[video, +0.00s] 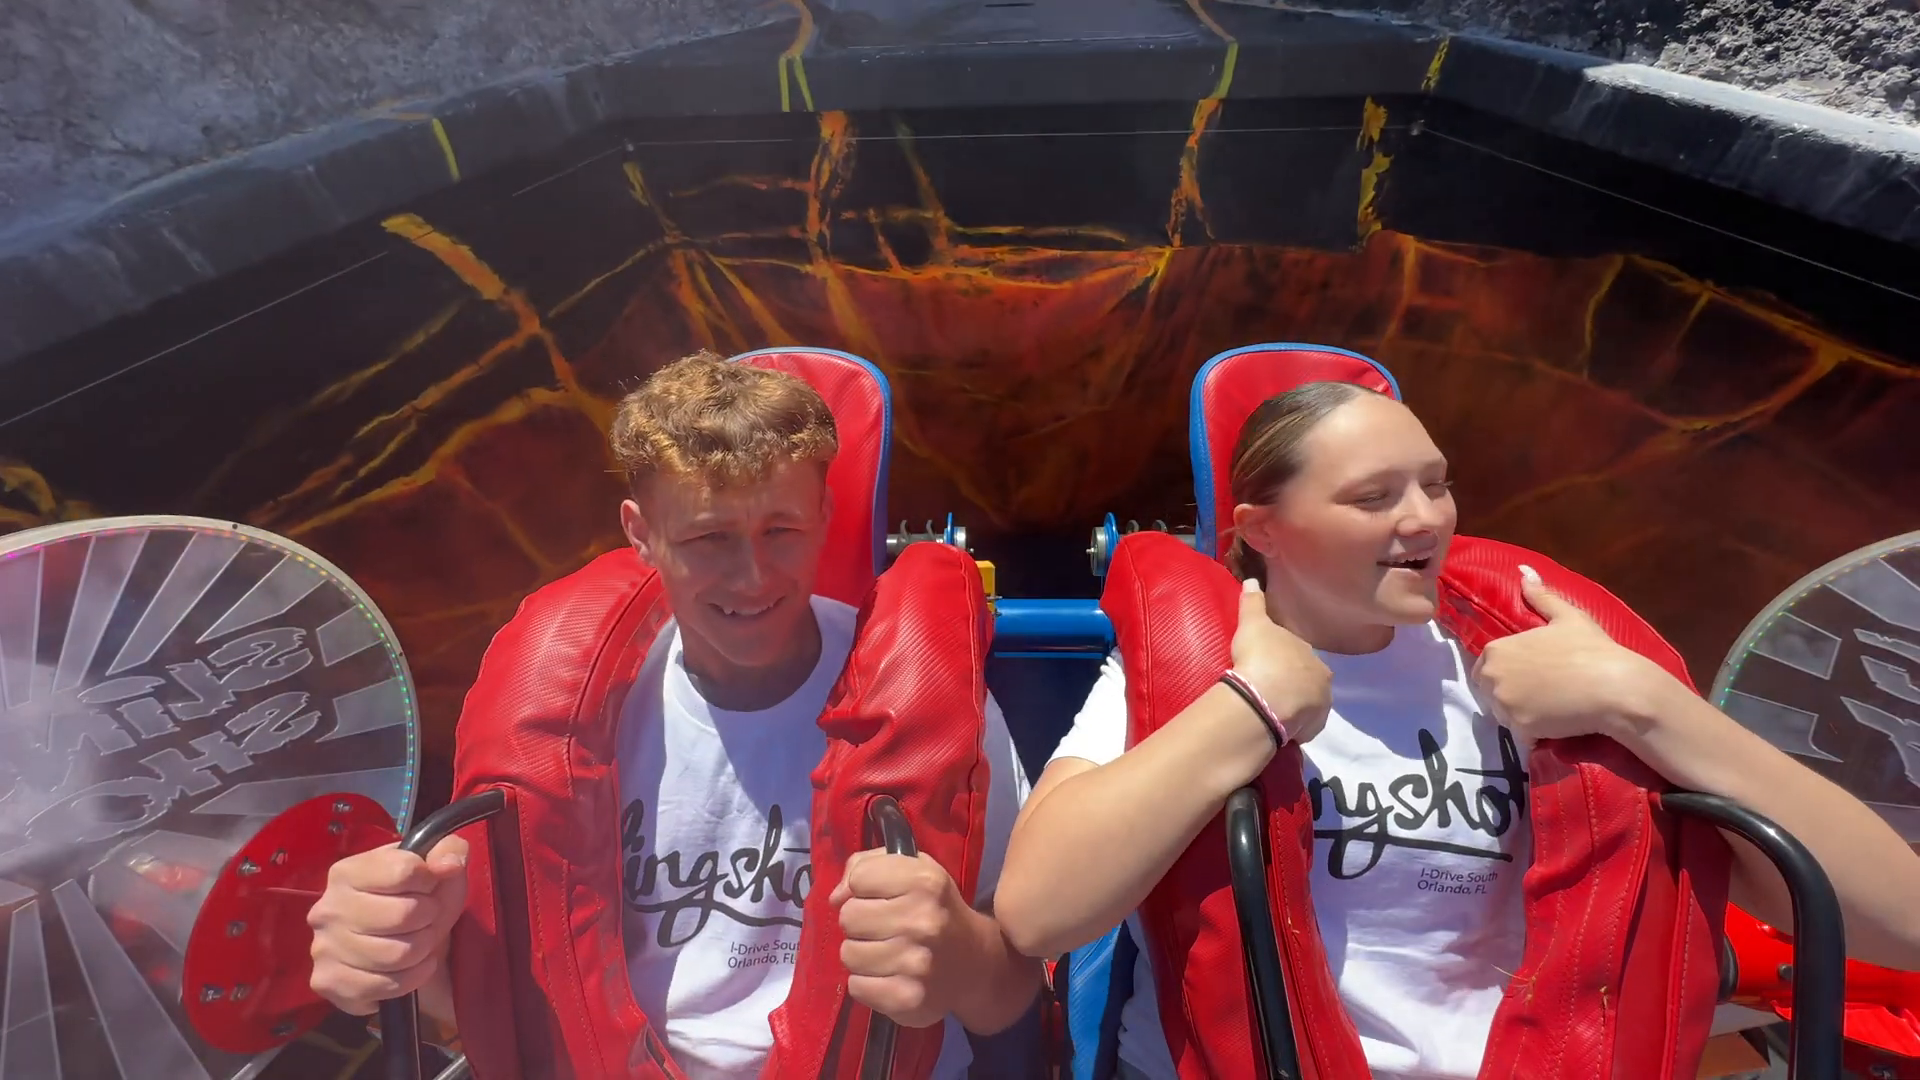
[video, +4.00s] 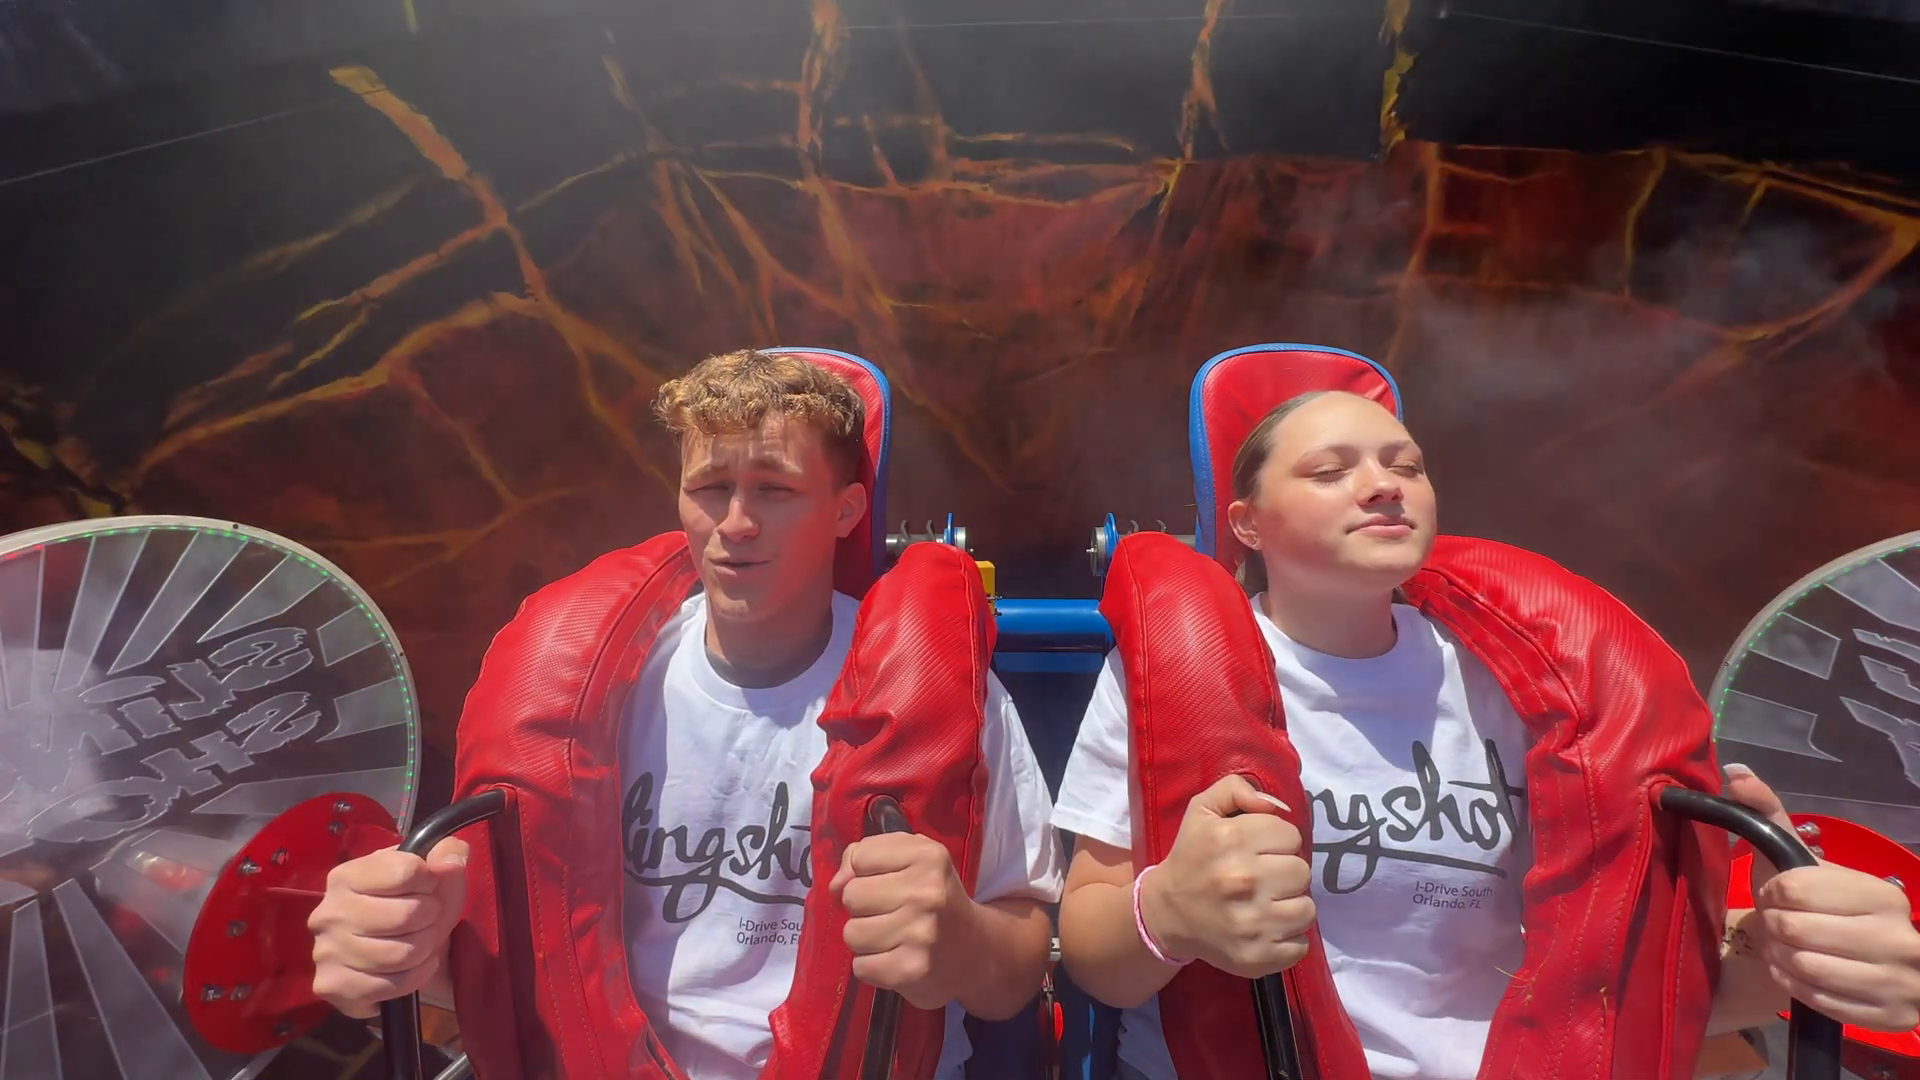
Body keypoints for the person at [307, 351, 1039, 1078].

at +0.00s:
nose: (751, 578)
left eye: (782, 532)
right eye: (708, 539)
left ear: (823, 521)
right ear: (641, 535)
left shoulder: (925, 692)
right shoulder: (564, 691)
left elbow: (1011, 995)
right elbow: (497, 1016)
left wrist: (970, 960)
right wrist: (418, 952)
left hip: (835, 1063)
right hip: (611, 1059)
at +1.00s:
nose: (684, 537)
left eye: (734, 506)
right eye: (670, 495)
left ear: (835, 528)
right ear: (648, 491)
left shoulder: (940, 701)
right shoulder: (579, 683)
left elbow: (1028, 983)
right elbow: (507, 983)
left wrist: (972, 942)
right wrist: (410, 945)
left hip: (841, 1069)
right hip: (615, 1062)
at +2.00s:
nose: (714, 521)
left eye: (755, 489)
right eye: (691, 489)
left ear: (840, 505)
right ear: (665, 495)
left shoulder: (939, 695)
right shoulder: (583, 677)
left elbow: (1027, 980)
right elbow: (512, 999)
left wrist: (964, 942)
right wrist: (417, 956)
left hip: (837, 1067)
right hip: (614, 1060)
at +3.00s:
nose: (732, 520)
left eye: (771, 488)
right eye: (707, 487)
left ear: (848, 505)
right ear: (675, 493)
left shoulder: (938, 694)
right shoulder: (582, 672)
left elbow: (1025, 968)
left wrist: (965, 945)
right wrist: (414, 948)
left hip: (831, 1063)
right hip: (610, 1057)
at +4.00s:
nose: (735, 525)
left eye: (774, 490)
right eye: (711, 489)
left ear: (849, 506)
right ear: (679, 494)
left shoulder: (935, 691)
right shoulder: (581, 672)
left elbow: (1026, 961)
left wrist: (968, 947)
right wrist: (408, 941)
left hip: (830, 1064)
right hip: (611, 1059)